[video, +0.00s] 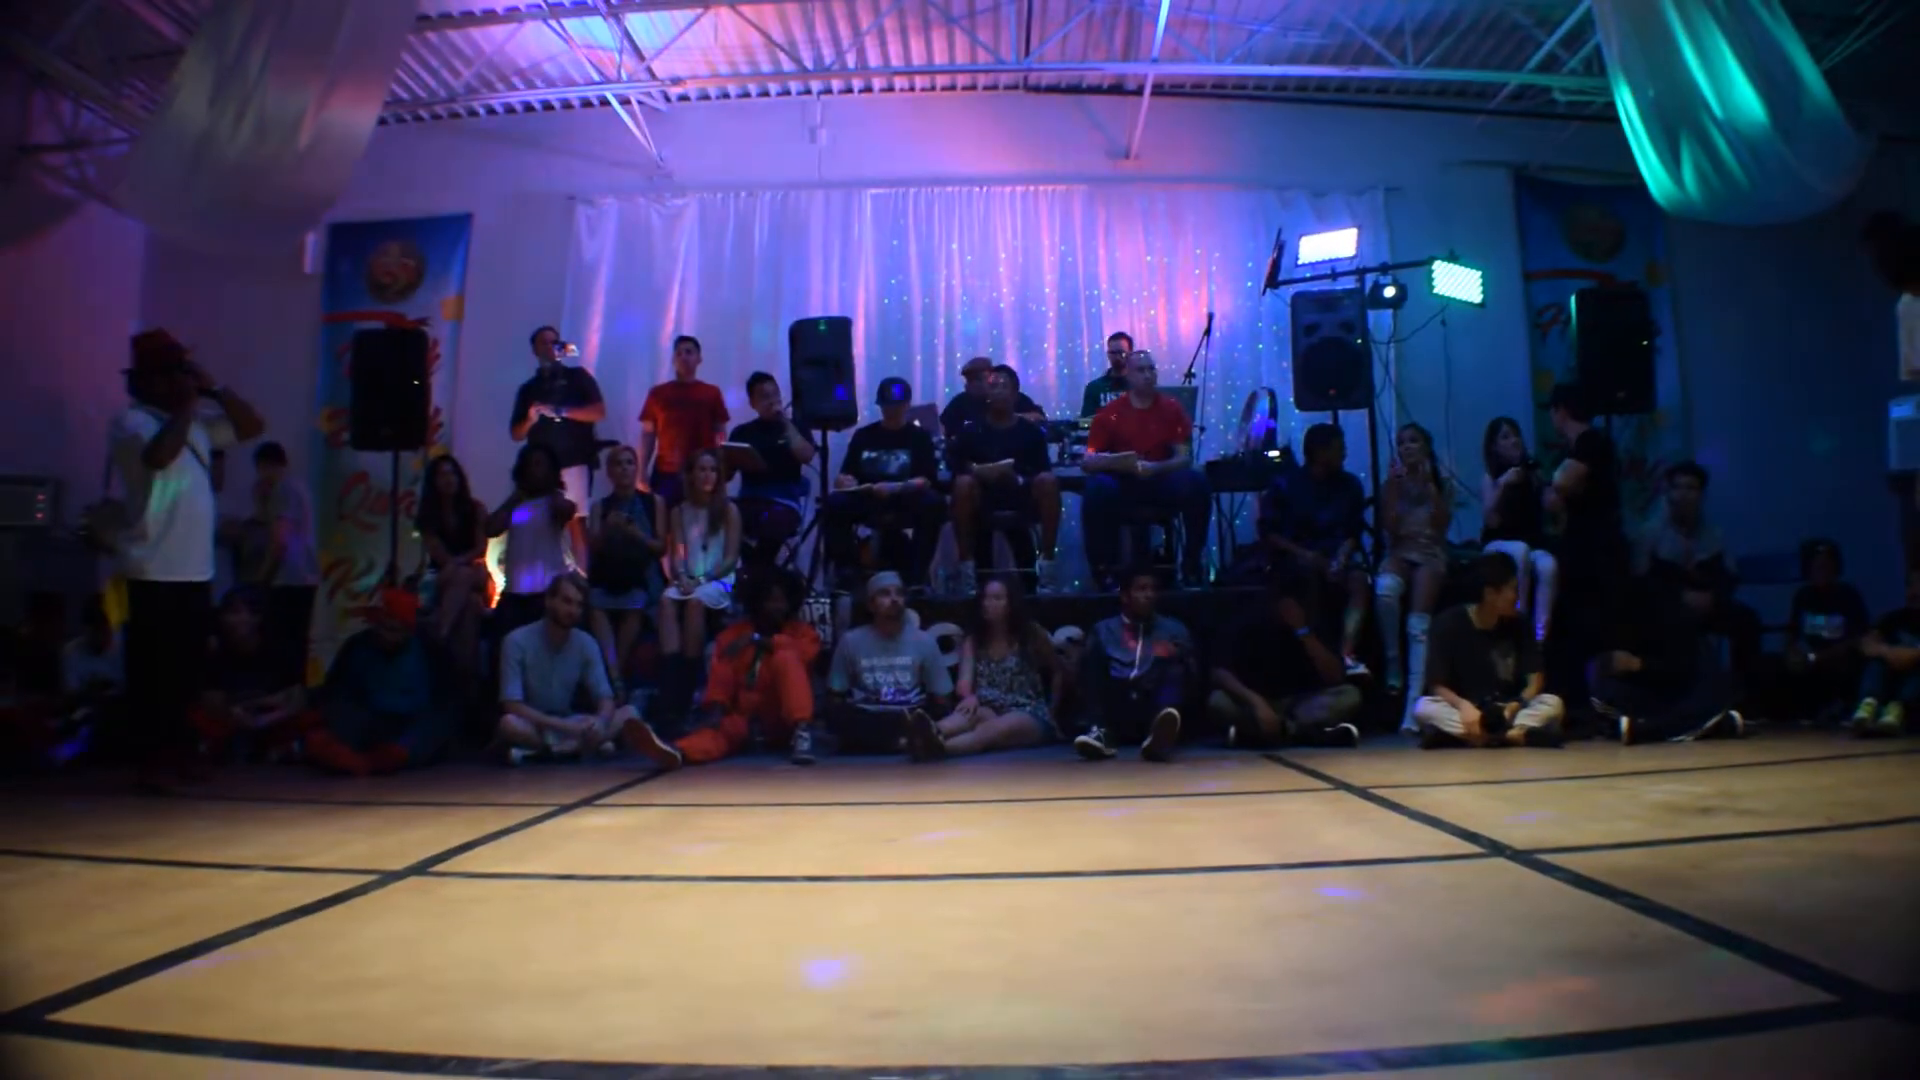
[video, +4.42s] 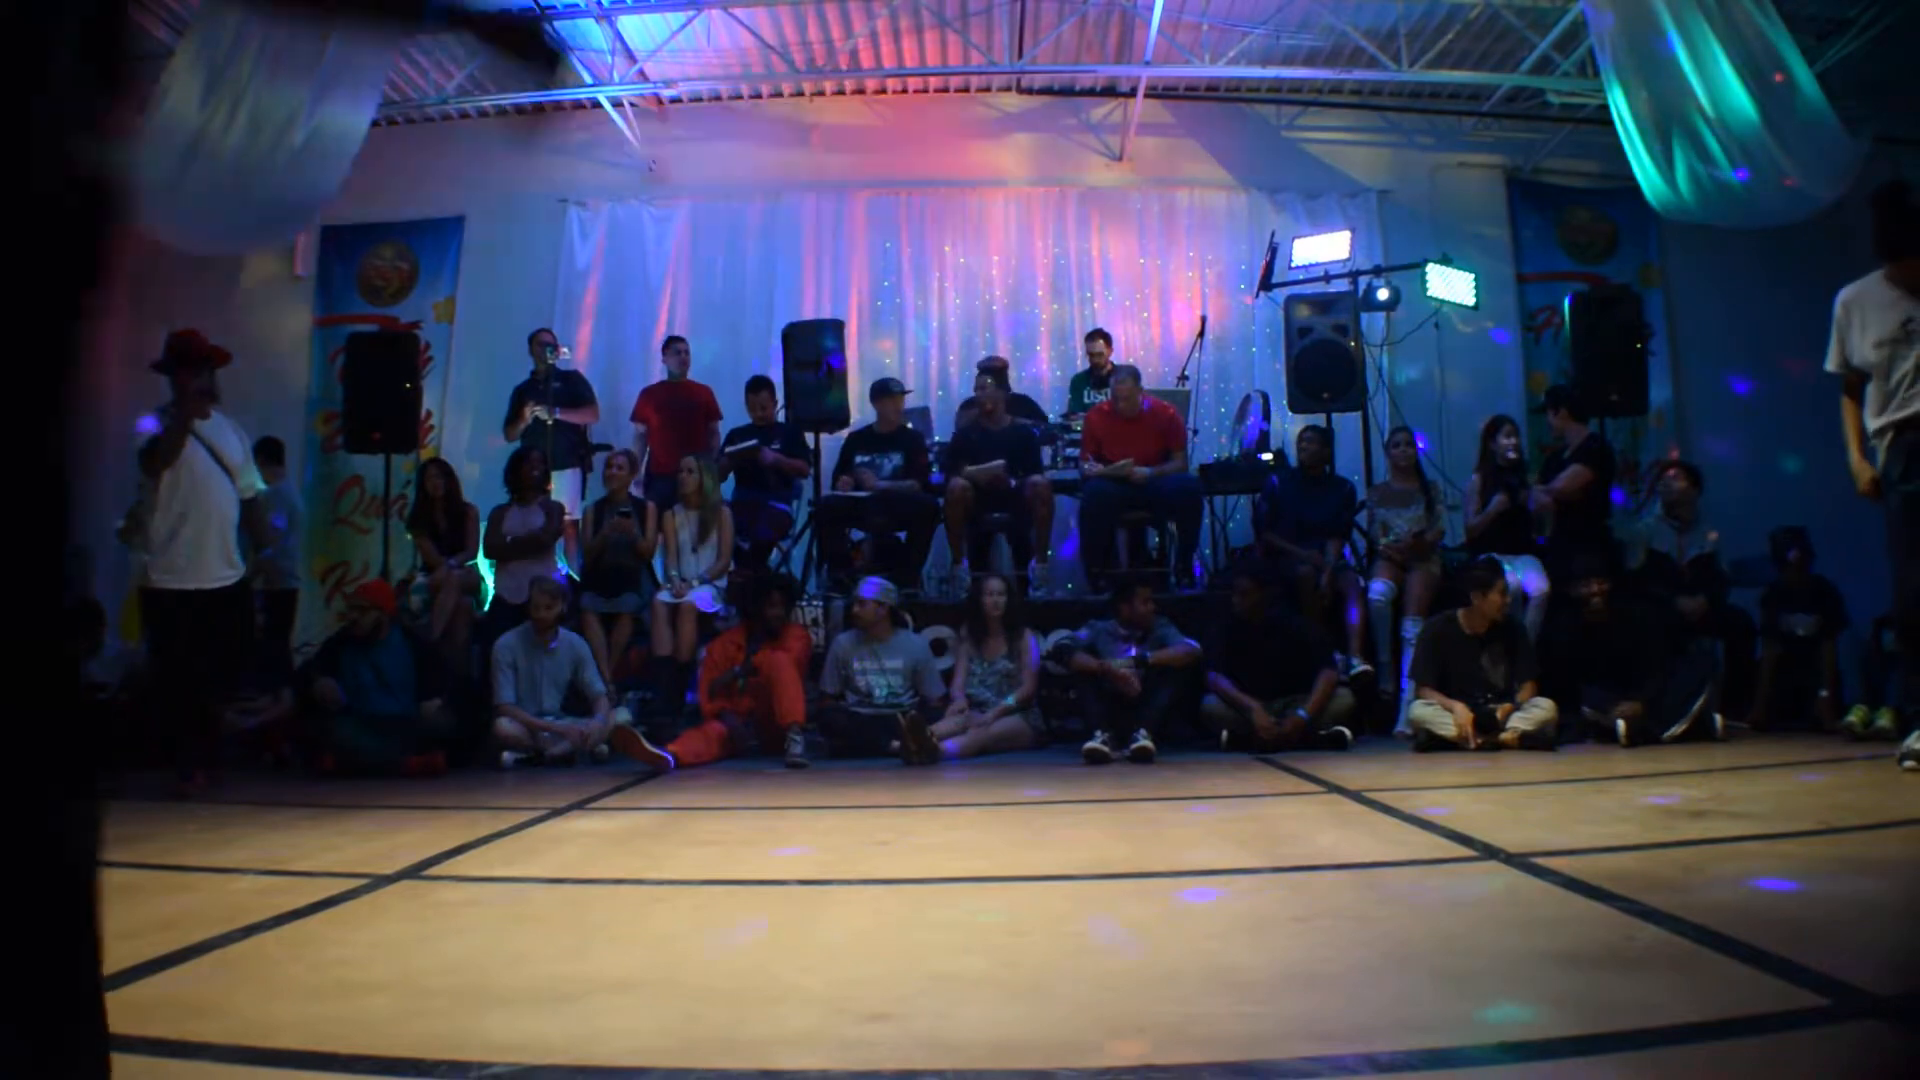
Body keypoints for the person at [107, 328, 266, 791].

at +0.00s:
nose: (183, 384)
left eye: (185, 376)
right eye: (172, 375)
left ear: (186, 382)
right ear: (149, 381)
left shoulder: (193, 429)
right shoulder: (132, 423)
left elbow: (251, 426)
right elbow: (158, 458)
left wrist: (214, 390)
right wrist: (184, 407)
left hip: (194, 577)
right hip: (153, 577)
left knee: (188, 677)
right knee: (154, 679)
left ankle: (184, 760)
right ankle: (151, 766)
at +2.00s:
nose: (185, 389)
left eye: (186, 381)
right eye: (177, 381)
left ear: (179, 386)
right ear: (155, 386)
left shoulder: (182, 431)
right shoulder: (134, 425)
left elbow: (241, 445)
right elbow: (167, 462)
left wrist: (223, 403)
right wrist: (194, 412)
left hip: (187, 577)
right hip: (153, 577)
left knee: (181, 678)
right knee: (151, 678)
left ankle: (172, 761)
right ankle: (146, 767)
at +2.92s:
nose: (182, 389)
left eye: (184, 381)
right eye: (171, 382)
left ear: (186, 387)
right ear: (147, 387)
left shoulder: (202, 435)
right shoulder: (125, 431)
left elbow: (256, 463)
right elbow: (124, 468)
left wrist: (250, 469)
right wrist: (156, 421)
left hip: (191, 585)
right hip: (142, 585)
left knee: (184, 685)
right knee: (144, 685)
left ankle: (177, 763)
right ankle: (143, 769)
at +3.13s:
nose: (173, 393)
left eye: (178, 385)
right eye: (163, 386)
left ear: (185, 388)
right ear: (144, 391)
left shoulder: (207, 437)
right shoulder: (128, 434)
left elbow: (241, 491)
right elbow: (117, 471)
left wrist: (240, 526)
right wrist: (150, 422)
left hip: (194, 585)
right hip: (142, 584)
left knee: (185, 681)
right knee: (143, 682)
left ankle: (177, 761)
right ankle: (142, 765)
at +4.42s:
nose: (207, 382)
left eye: (210, 373)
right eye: (196, 374)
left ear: (216, 377)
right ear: (174, 379)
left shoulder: (228, 431)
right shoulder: (153, 428)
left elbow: (251, 498)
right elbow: (155, 464)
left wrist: (266, 550)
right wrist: (186, 413)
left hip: (226, 582)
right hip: (172, 584)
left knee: (222, 682)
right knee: (177, 684)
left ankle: (215, 765)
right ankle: (183, 768)